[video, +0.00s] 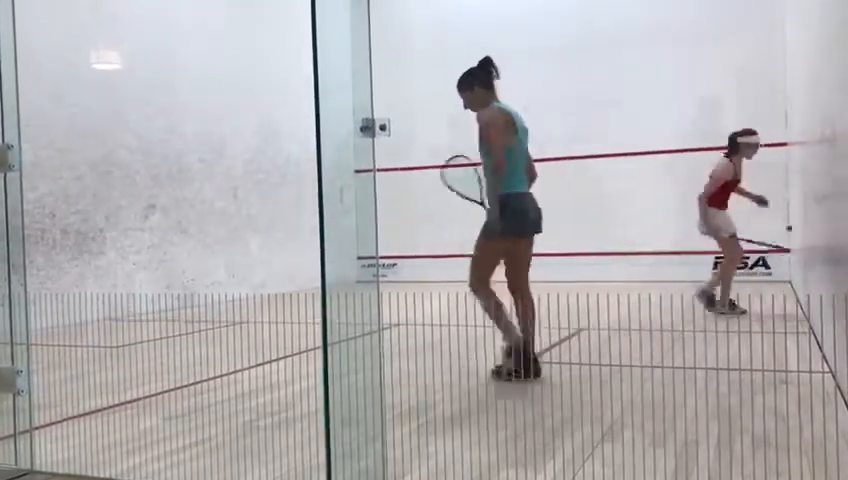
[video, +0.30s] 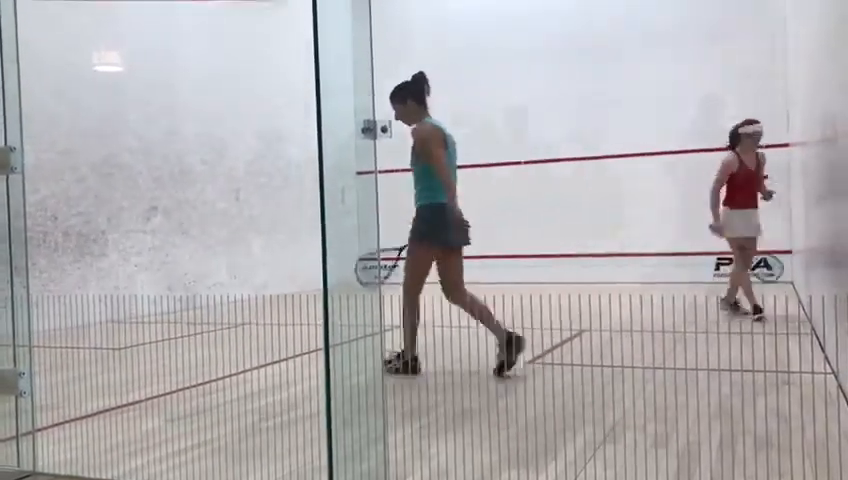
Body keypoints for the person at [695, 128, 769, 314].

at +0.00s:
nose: (757, 150)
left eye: (757, 146)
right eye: (754, 146)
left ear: (743, 147)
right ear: (742, 146)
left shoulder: (737, 162)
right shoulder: (725, 167)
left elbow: (732, 186)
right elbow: (703, 197)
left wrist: (753, 197)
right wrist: (704, 223)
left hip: (720, 212)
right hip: (713, 213)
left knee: (736, 254)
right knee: (732, 255)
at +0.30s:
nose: (757, 140)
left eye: (759, 136)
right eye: (753, 137)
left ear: (759, 138)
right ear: (742, 137)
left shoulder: (759, 158)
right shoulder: (730, 160)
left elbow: (759, 181)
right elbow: (715, 188)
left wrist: (765, 191)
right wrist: (716, 218)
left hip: (751, 211)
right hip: (732, 212)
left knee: (747, 258)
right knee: (740, 259)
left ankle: (730, 297)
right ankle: (754, 304)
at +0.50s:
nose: (758, 135)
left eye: (760, 131)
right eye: (752, 131)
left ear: (763, 134)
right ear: (743, 134)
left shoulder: (768, 155)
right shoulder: (735, 160)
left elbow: (775, 183)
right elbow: (726, 194)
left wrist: (767, 185)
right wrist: (724, 225)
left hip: (764, 213)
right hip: (742, 214)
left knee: (778, 259)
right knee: (748, 264)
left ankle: (759, 292)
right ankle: (758, 303)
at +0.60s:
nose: (759, 136)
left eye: (763, 132)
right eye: (755, 133)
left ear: (766, 135)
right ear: (746, 136)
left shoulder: (774, 158)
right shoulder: (738, 163)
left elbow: (783, 185)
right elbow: (730, 196)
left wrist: (775, 188)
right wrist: (730, 226)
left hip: (769, 212)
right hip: (746, 214)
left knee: (784, 257)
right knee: (751, 263)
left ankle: (780, 302)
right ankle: (758, 305)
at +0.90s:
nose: (771, 137)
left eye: (775, 132)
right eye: (766, 132)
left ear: (779, 134)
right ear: (758, 134)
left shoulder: (786, 156)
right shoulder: (749, 162)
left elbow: (800, 184)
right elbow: (741, 196)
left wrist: (791, 159)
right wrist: (744, 224)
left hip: (784, 215)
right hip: (758, 217)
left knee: (791, 267)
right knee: (762, 267)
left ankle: (796, 315)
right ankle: (766, 302)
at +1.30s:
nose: (750, 133)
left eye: (754, 128)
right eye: (746, 129)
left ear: (764, 131)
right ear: (741, 133)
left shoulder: (776, 151)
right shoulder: (737, 162)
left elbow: (774, 167)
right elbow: (733, 198)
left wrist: (763, 141)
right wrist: (728, 230)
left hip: (776, 218)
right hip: (750, 221)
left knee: (786, 270)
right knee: (752, 273)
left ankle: (793, 316)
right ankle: (749, 323)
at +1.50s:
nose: (726, 128)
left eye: (731, 124)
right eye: (724, 124)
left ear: (743, 127)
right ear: (721, 129)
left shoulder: (757, 147)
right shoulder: (717, 159)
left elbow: (753, 162)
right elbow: (717, 197)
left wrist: (740, 138)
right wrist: (716, 231)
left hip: (756, 217)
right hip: (730, 219)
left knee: (763, 271)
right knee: (739, 275)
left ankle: (784, 306)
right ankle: (745, 325)